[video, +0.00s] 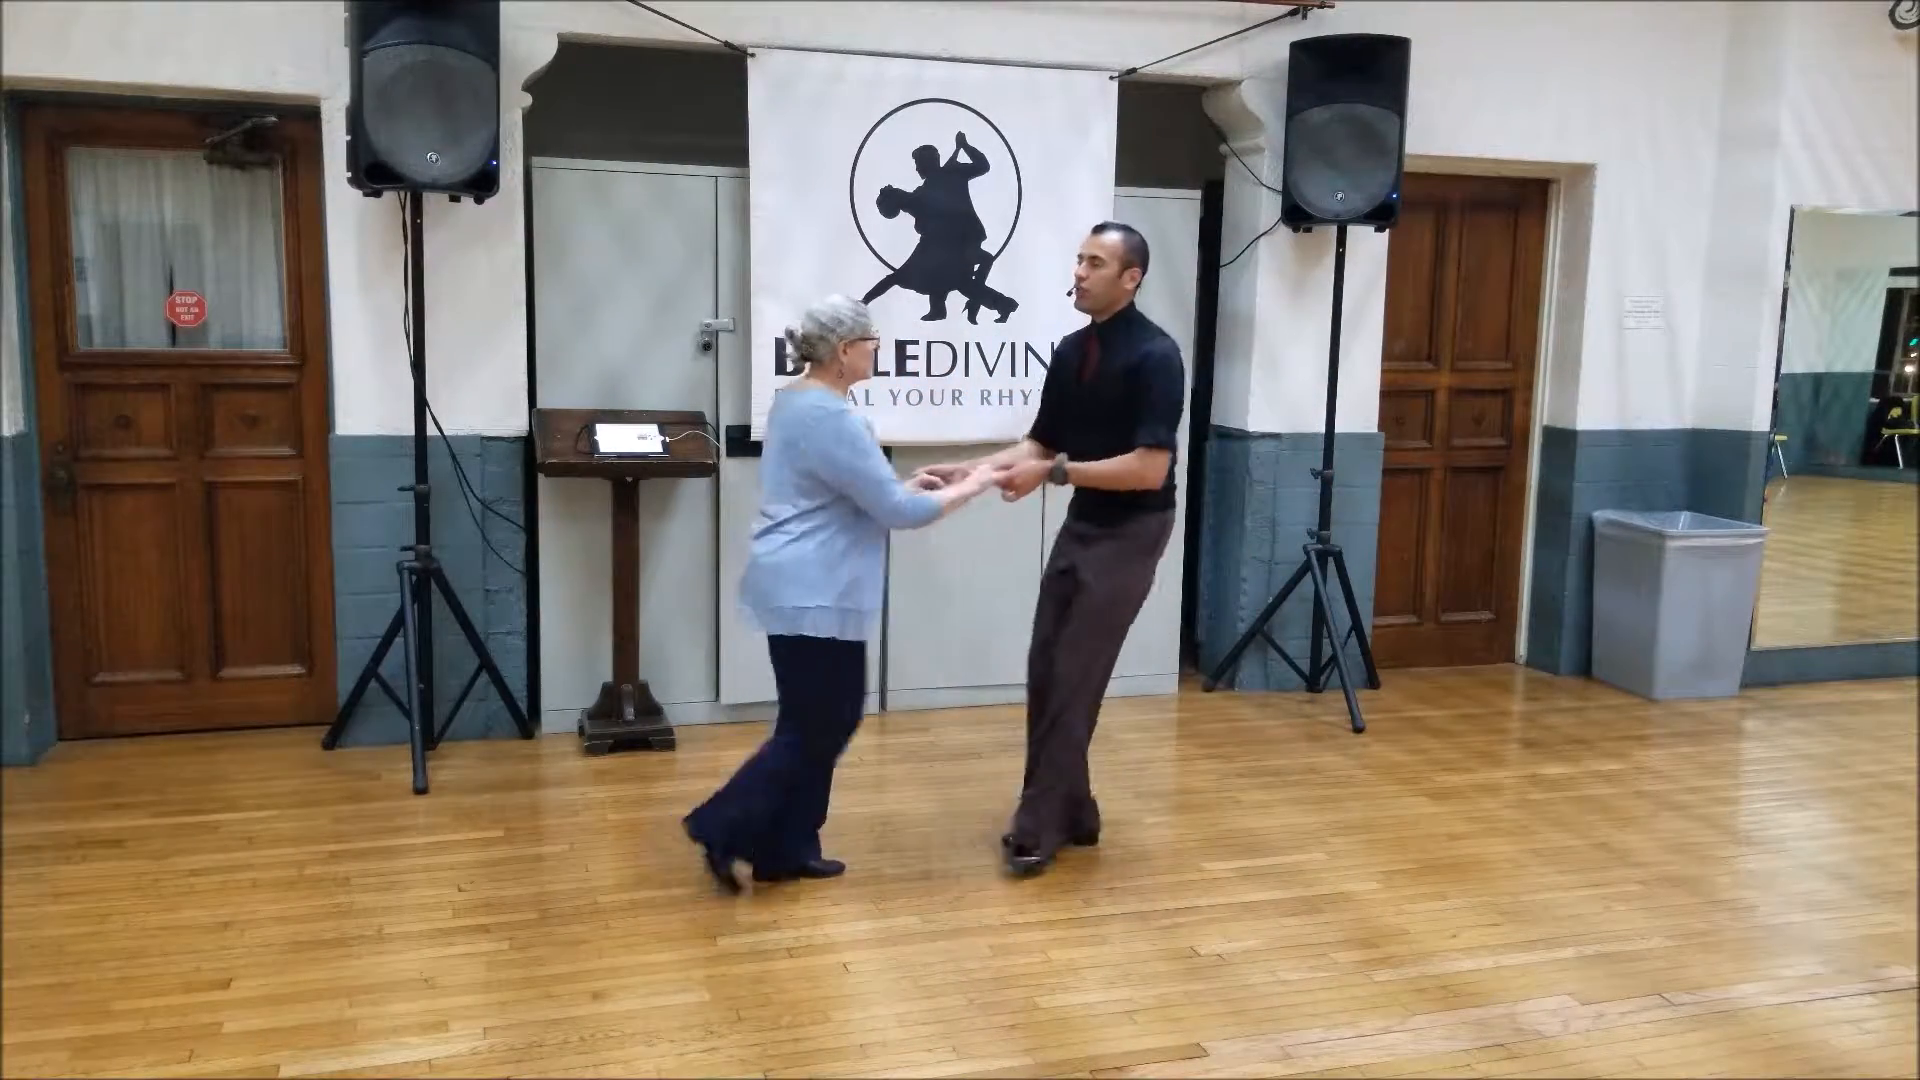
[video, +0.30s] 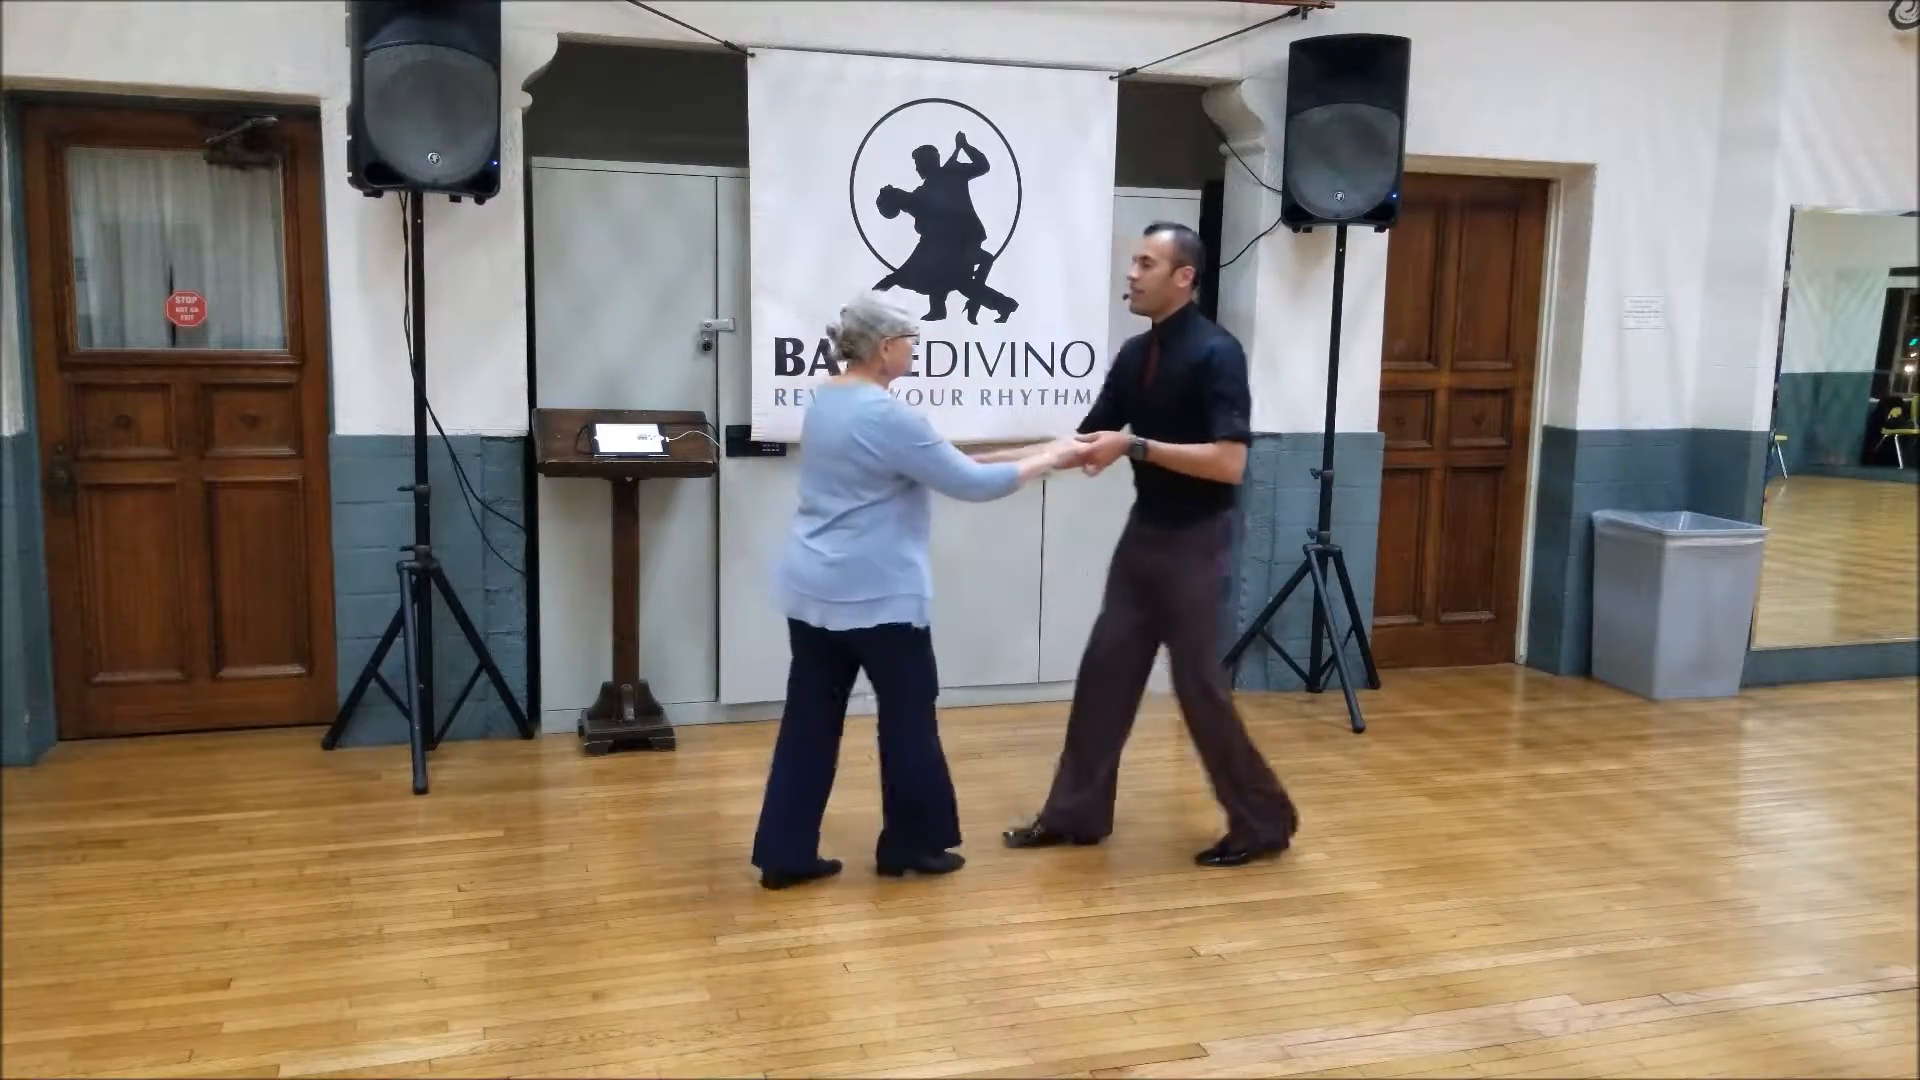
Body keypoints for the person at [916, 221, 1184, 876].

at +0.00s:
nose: (1079, 272)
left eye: (1094, 265)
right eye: (1080, 261)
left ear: (1131, 277)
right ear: (1081, 269)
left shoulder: (1156, 355)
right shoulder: (1071, 351)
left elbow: (1152, 468)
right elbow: (1041, 446)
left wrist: (1056, 471)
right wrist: (966, 473)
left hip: (1132, 531)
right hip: (1082, 524)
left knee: (1074, 669)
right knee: (1047, 667)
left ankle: (1035, 829)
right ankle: (1074, 812)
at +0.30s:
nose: (1131, 273)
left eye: (1145, 265)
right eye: (1133, 262)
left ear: (1185, 278)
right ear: (1156, 277)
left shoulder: (1217, 353)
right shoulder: (1136, 353)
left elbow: (1230, 463)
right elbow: (1091, 443)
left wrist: (1134, 445)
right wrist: (987, 458)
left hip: (1201, 536)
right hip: (1147, 530)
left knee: (1198, 684)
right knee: (1107, 670)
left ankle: (1263, 821)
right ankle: (1076, 814)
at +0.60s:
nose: (1168, 289)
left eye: (1180, 280)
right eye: (1170, 278)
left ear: (1216, 289)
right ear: (1204, 288)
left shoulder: (1251, 359)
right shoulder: (1208, 349)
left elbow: (1233, 478)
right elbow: (1187, 450)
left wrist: (1145, 483)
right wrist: (1122, 477)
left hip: (1276, 531)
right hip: (1236, 528)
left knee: (1256, 674)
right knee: (1194, 658)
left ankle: (1263, 833)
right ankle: (1240, 803)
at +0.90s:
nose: (1204, 292)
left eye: (1216, 284)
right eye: (1208, 281)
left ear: (1252, 296)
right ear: (1252, 295)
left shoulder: (1271, 364)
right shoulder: (1259, 349)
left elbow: (1238, 481)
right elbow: (1244, 452)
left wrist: (1147, 483)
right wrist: (1185, 455)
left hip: (1287, 538)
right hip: (1290, 530)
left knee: (1217, 676)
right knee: (1325, 670)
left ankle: (1249, 825)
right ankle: (1390, 809)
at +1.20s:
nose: (1191, 288)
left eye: (1203, 279)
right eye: (1194, 276)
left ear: (1242, 291)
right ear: (1225, 288)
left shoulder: (1272, 360)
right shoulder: (1214, 349)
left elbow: (1249, 459)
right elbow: (1197, 453)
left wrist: (1167, 408)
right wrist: (1119, 478)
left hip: (1261, 538)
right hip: (1229, 535)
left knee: (1224, 680)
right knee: (1275, 672)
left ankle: (1246, 833)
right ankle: (1359, 795)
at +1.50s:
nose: (1140, 277)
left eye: (1153, 267)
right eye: (1141, 266)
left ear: (1194, 275)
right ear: (1173, 273)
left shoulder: (1221, 331)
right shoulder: (1167, 346)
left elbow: (1144, 341)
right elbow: (1113, 439)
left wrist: (1070, 298)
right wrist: (1030, 451)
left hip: (1227, 531)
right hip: (1178, 532)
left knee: (1239, 680)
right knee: (1132, 668)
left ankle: (1258, 833)